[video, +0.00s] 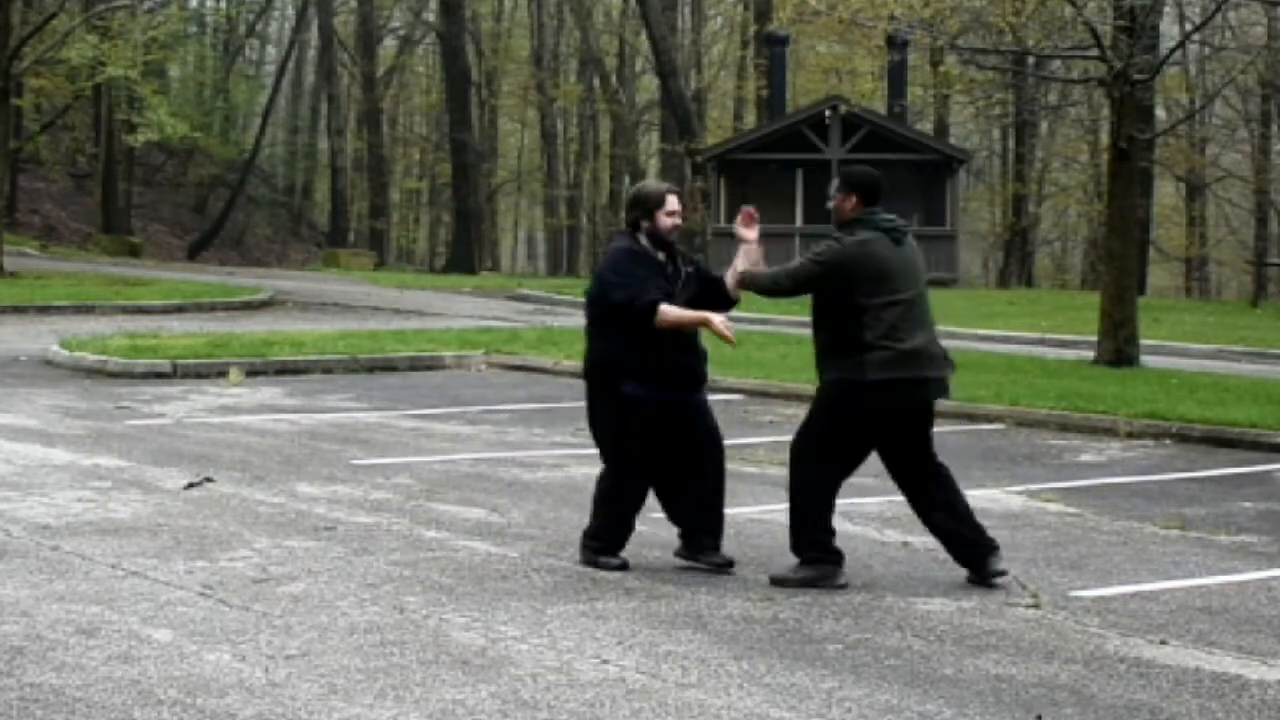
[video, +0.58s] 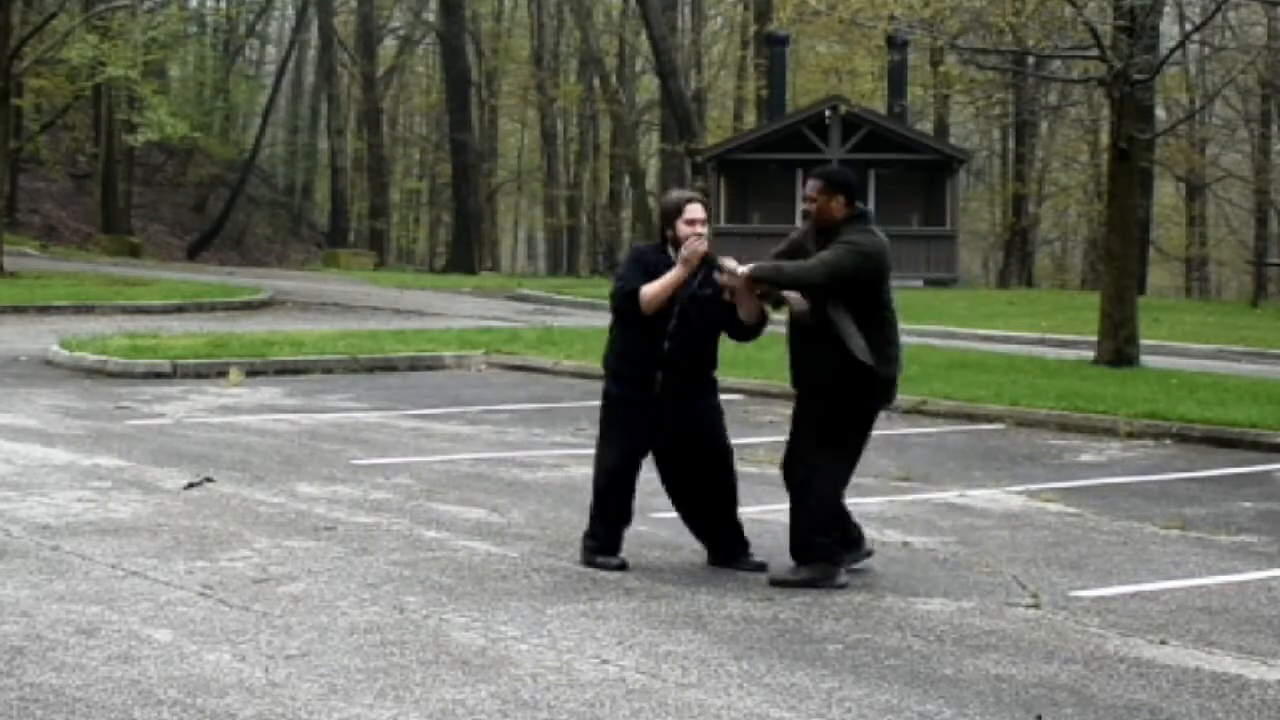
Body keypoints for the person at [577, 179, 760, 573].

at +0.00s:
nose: (678, 221)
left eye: (680, 214)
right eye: (670, 215)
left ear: (678, 217)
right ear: (645, 218)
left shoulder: (676, 262)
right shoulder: (621, 260)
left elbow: (723, 296)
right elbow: (650, 312)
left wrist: (748, 245)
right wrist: (705, 318)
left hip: (676, 387)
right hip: (623, 388)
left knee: (704, 456)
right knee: (629, 467)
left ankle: (700, 544)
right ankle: (599, 546)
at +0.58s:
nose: (698, 231)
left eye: (704, 223)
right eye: (690, 223)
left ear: (710, 228)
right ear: (670, 227)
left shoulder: (716, 274)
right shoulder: (643, 260)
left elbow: (747, 331)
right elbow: (628, 307)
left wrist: (744, 292)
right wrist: (682, 270)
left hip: (691, 391)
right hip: (634, 389)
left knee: (711, 470)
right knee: (615, 470)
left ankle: (727, 550)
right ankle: (600, 548)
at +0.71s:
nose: (704, 223)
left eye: (707, 215)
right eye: (695, 216)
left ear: (712, 219)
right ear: (672, 221)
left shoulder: (720, 262)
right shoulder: (654, 258)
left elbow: (762, 299)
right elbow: (698, 281)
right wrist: (739, 241)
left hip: (702, 387)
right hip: (647, 386)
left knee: (719, 469)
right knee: (623, 468)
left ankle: (729, 549)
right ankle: (602, 546)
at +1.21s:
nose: (725, 218)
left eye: (723, 210)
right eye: (717, 212)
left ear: (685, 218)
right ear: (695, 218)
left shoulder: (666, 255)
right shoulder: (699, 257)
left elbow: (737, 299)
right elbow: (749, 292)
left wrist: (801, 300)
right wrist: (780, 277)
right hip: (686, 384)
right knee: (681, 464)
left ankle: (728, 549)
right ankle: (649, 559)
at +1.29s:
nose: (728, 226)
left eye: (727, 218)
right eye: (722, 219)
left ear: (690, 225)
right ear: (701, 224)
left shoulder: (665, 262)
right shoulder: (702, 264)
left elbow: (732, 306)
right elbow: (744, 305)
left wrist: (799, 311)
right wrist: (782, 283)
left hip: (650, 382)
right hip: (683, 389)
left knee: (671, 467)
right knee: (689, 467)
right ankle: (659, 565)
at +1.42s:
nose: (726, 229)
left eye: (725, 221)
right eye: (721, 222)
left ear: (684, 226)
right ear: (700, 227)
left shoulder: (659, 262)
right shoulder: (695, 268)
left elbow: (703, 307)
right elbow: (737, 318)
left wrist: (751, 308)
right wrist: (775, 291)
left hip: (643, 384)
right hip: (675, 392)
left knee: (703, 466)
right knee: (692, 469)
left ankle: (722, 548)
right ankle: (661, 566)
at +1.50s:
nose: (714, 227)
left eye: (713, 218)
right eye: (710, 219)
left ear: (673, 223)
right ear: (692, 225)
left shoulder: (647, 261)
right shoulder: (684, 263)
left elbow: (687, 306)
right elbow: (726, 315)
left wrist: (723, 283)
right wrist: (766, 283)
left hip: (643, 386)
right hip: (671, 392)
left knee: (703, 459)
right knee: (692, 466)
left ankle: (708, 545)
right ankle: (662, 564)